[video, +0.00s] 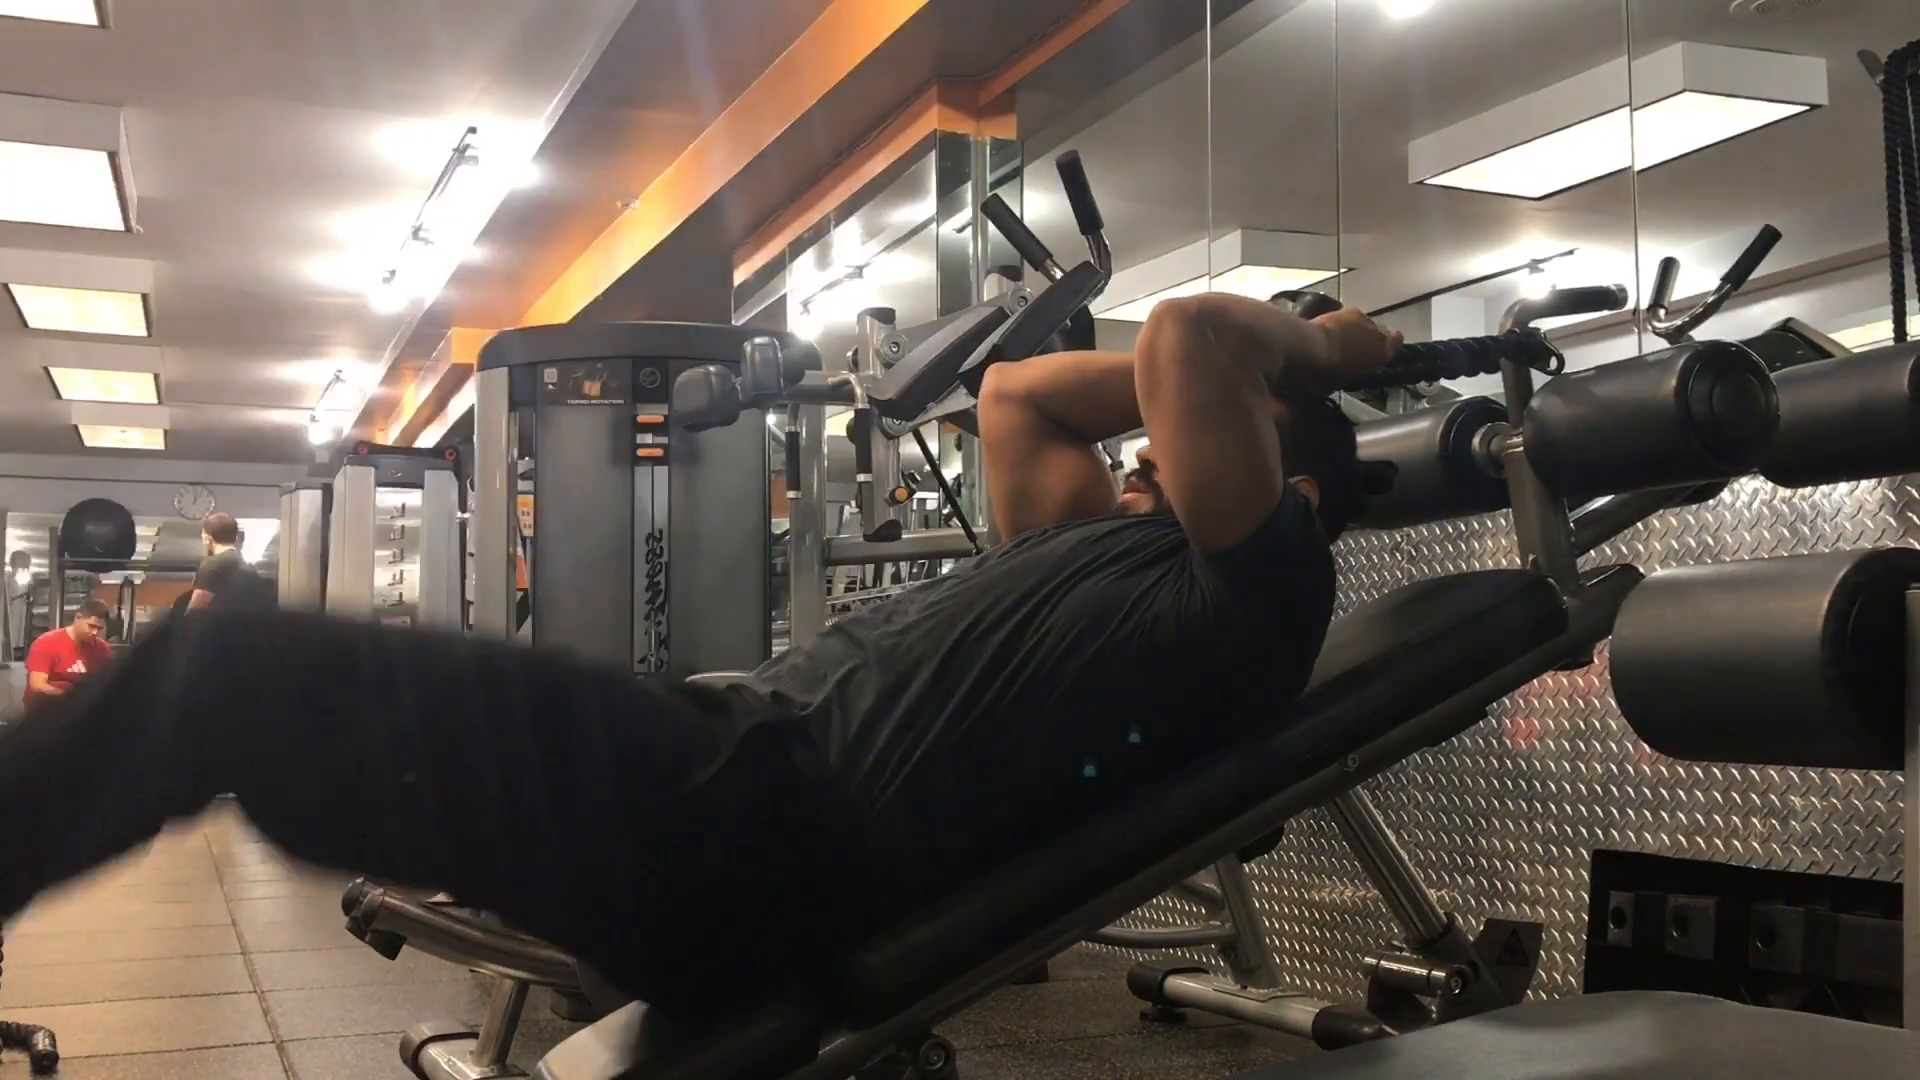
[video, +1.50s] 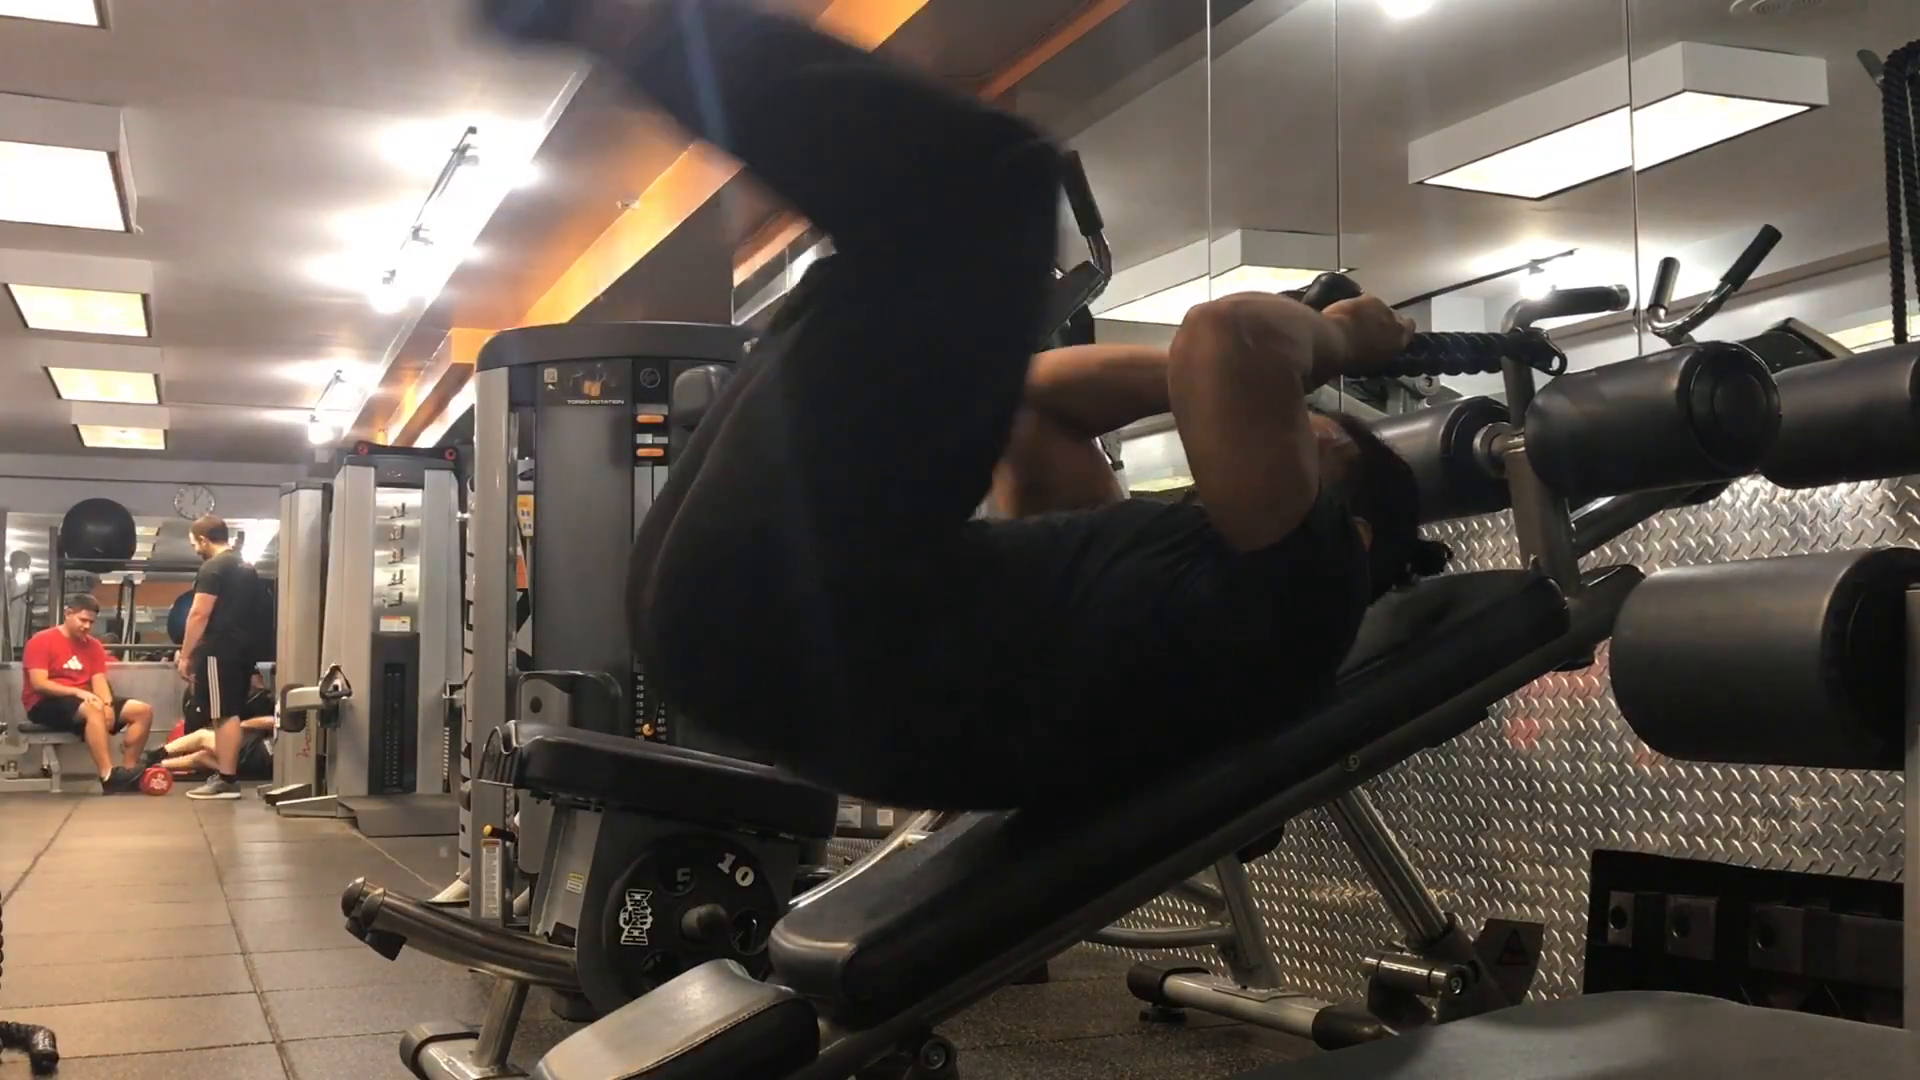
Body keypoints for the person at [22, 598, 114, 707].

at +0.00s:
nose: (95, 633)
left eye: (99, 628)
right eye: (91, 626)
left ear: (104, 627)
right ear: (78, 617)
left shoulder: (101, 649)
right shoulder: (46, 643)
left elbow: (109, 682)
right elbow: (36, 685)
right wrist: (71, 696)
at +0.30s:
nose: (92, 632)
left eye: (96, 628)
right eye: (88, 627)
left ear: (100, 626)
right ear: (74, 617)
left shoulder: (98, 646)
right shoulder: (45, 644)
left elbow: (101, 684)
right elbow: (38, 687)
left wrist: (108, 706)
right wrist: (77, 696)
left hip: (85, 703)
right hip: (47, 706)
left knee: (143, 711)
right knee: (90, 712)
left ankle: (129, 773)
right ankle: (107, 777)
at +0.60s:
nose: (90, 631)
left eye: (95, 626)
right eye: (86, 625)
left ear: (98, 625)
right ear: (71, 618)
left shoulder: (97, 647)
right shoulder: (44, 644)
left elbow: (101, 684)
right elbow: (38, 686)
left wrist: (108, 706)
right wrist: (78, 695)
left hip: (85, 702)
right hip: (47, 705)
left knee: (143, 712)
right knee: (90, 714)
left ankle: (129, 773)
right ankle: (108, 777)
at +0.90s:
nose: (89, 629)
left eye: (93, 624)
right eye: (85, 622)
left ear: (97, 624)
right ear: (70, 616)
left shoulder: (96, 646)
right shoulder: (43, 643)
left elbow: (100, 683)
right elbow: (37, 684)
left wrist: (108, 705)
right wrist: (76, 694)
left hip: (84, 702)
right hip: (46, 704)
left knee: (143, 712)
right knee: (89, 711)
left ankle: (129, 773)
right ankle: (106, 776)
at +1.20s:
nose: (90, 629)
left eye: (94, 624)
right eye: (86, 623)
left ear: (98, 623)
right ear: (71, 616)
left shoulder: (97, 646)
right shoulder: (44, 643)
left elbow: (100, 682)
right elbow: (40, 684)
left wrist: (107, 706)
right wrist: (79, 693)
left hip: (83, 702)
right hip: (46, 704)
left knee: (143, 711)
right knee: (93, 712)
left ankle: (129, 773)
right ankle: (108, 777)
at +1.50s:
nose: (87, 626)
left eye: (91, 622)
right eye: (83, 620)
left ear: (94, 622)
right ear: (68, 614)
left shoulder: (93, 646)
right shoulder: (41, 641)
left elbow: (99, 681)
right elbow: (39, 683)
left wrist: (107, 704)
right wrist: (79, 692)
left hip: (82, 701)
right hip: (45, 703)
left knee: (143, 711)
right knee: (94, 711)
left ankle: (129, 773)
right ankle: (107, 777)